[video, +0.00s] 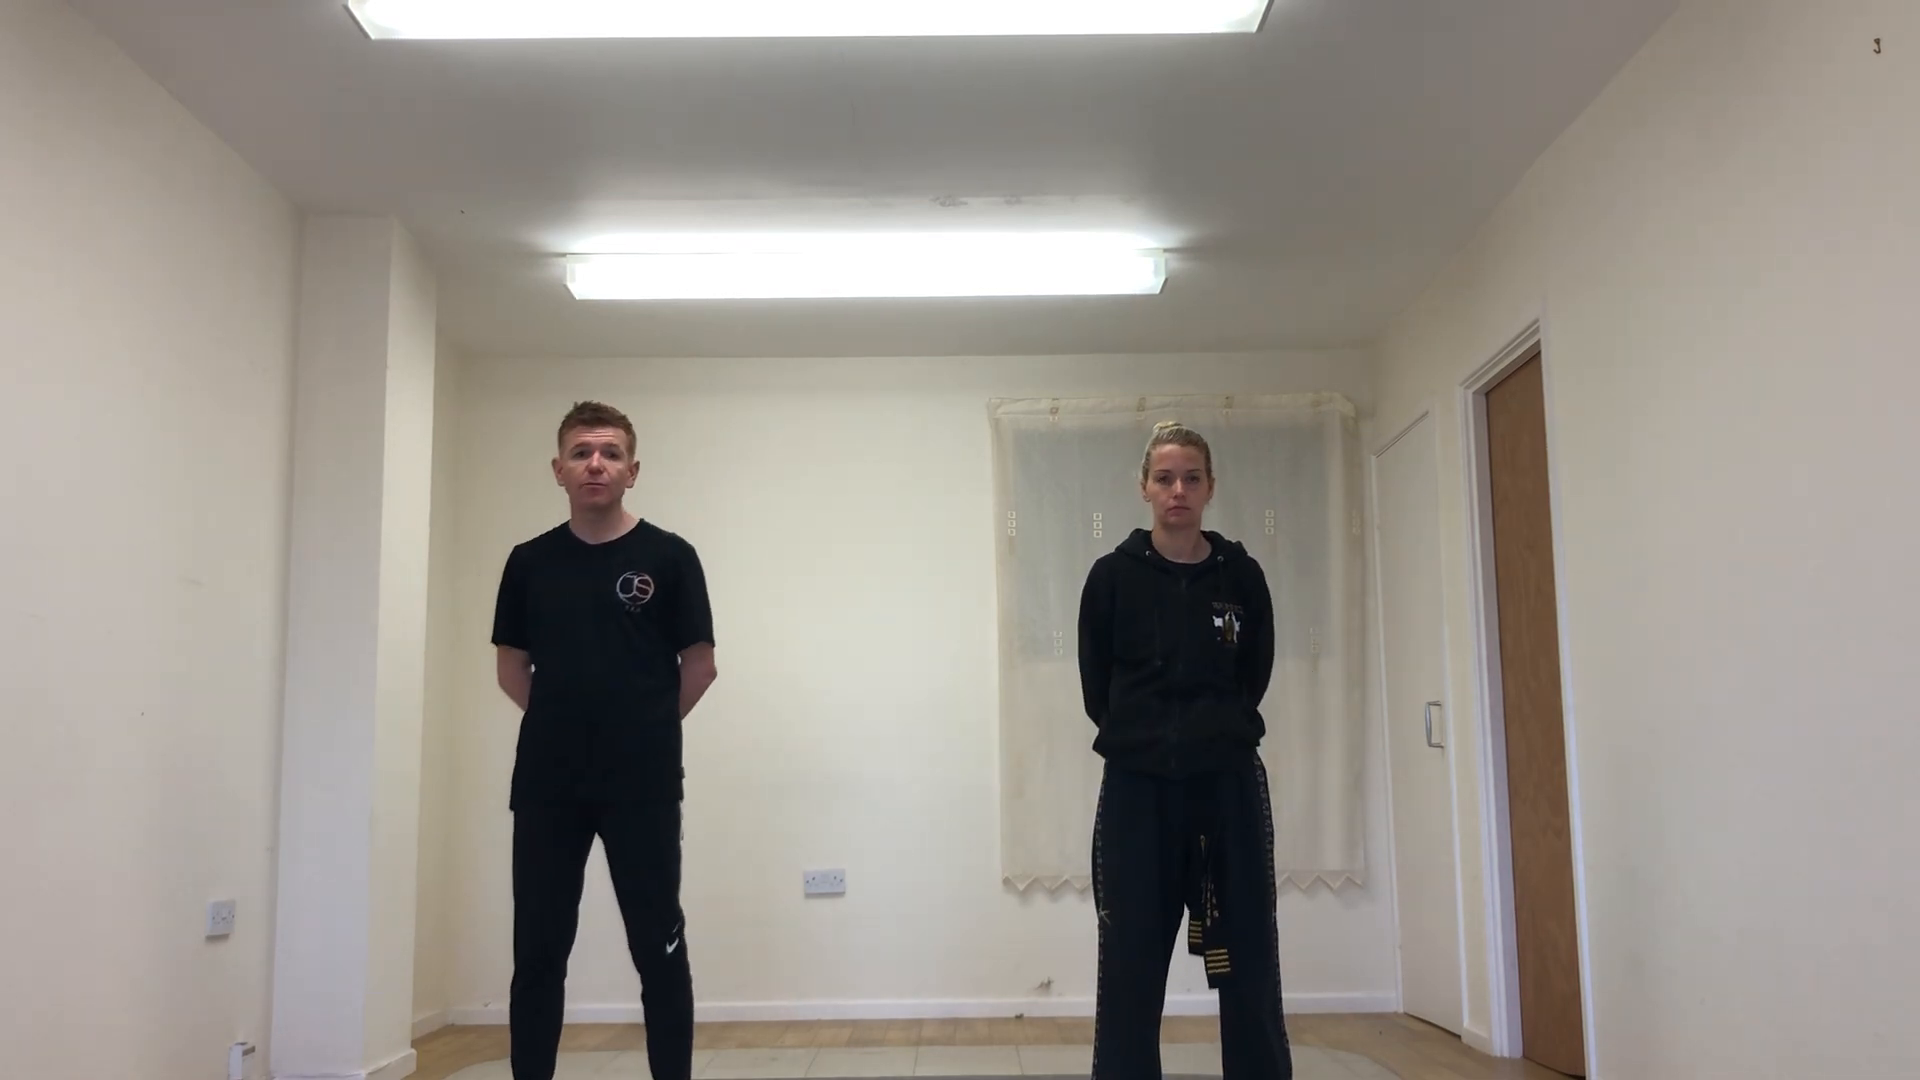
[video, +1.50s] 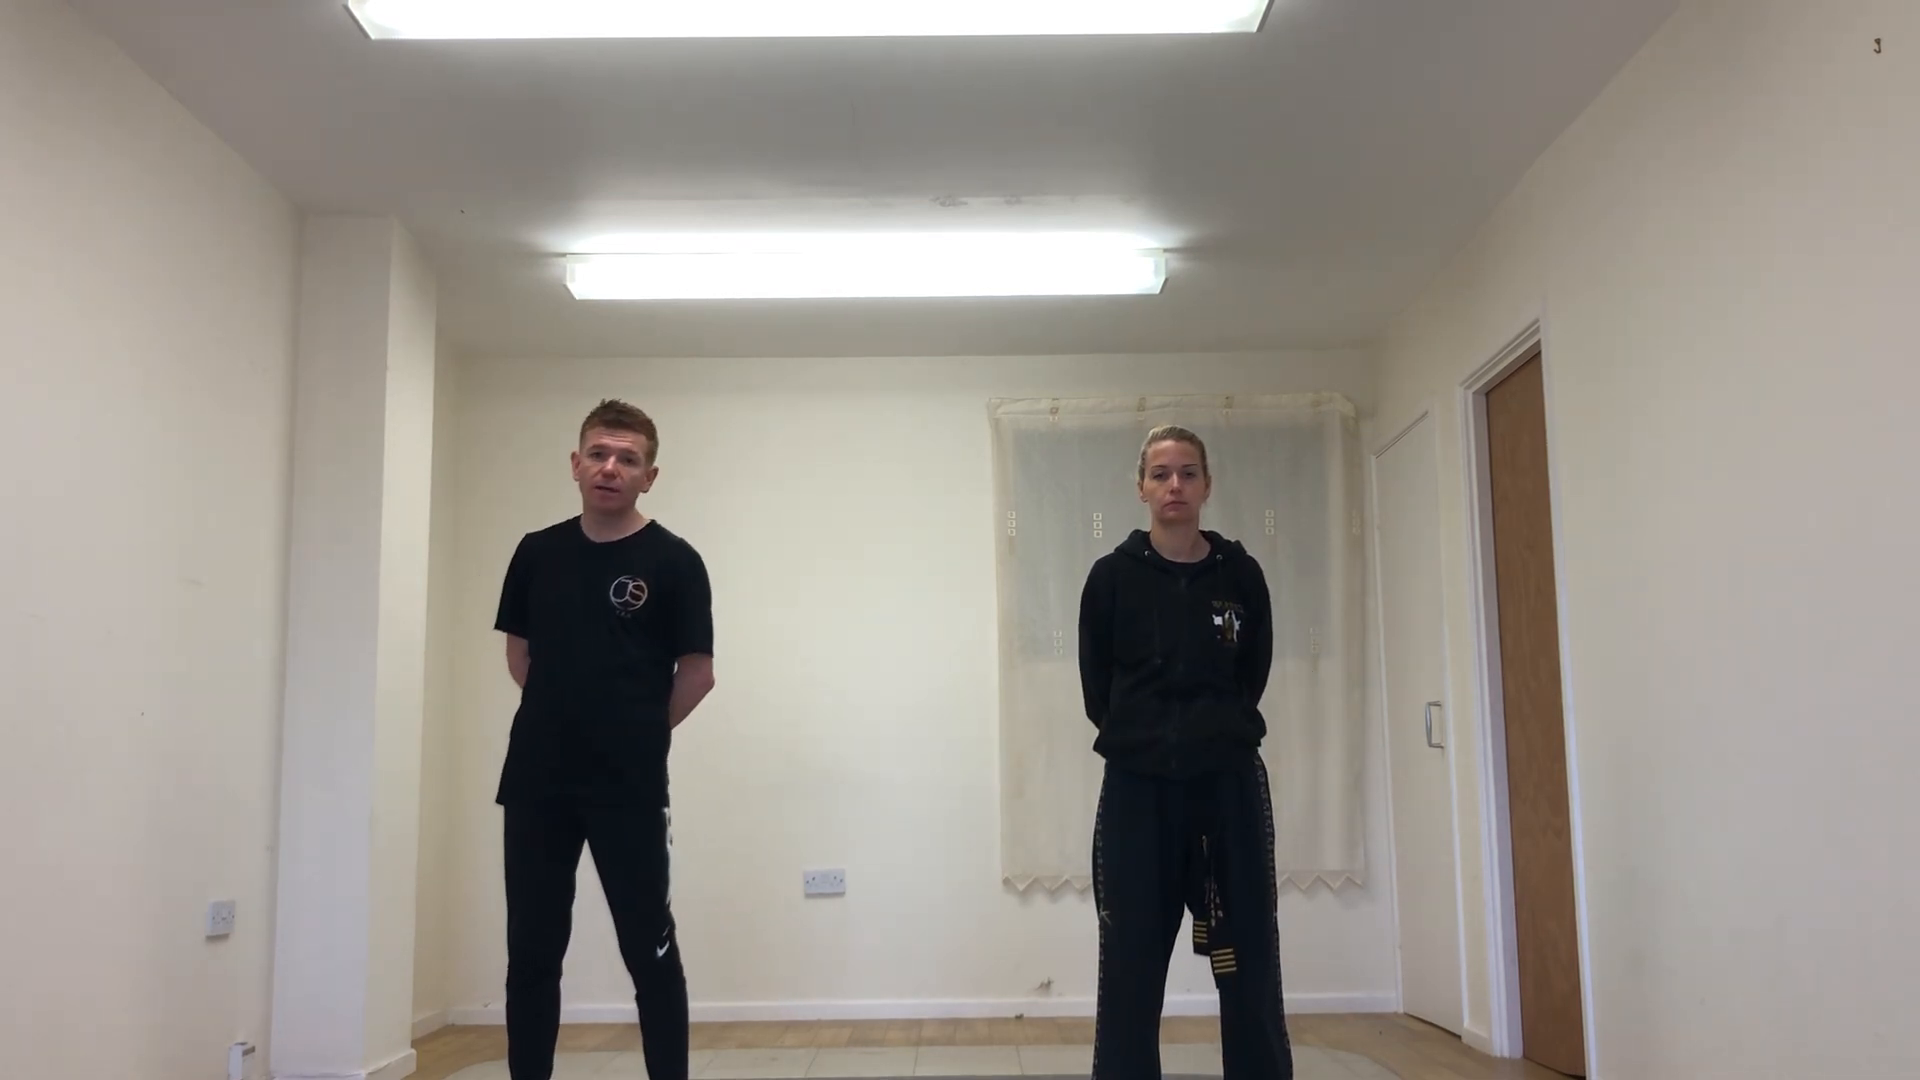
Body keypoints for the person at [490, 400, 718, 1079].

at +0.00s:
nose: (596, 463)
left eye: (610, 453)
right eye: (581, 452)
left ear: (631, 470)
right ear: (559, 470)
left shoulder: (670, 556)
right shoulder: (528, 559)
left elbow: (700, 665)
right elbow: (511, 670)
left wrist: (648, 722)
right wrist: (565, 717)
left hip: (641, 777)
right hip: (550, 777)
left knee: (659, 951)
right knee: (538, 955)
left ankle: (672, 1076)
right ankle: (531, 1076)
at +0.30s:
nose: (616, 462)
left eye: (632, 453)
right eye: (602, 451)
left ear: (651, 473)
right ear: (580, 469)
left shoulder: (685, 559)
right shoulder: (544, 560)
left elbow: (714, 667)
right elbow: (526, 670)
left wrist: (661, 724)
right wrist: (580, 717)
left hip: (653, 774)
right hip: (561, 774)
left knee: (666, 949)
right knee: (544, 949)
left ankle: (674, 1076)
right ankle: (533, 1075)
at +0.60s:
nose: (633, 464)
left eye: (649, 456)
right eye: (620, 451)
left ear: (664, 476)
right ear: (592, 466)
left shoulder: (690, 562)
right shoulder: (547, 556)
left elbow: (712, 673)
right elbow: (521, 667)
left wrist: (653, 722)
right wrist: (575, 718)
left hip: (654, 777)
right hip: (562, 774)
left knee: (666, 949)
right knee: (544, 949)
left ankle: (674, 1076)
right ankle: (533, 1076)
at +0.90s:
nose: (634, 466)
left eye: (650, 458)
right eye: (622, 452)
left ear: (664, 477)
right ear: (592, 464)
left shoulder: (688, 562)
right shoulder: (542, 552)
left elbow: (707, 672)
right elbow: (515, 661)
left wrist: (647, 719)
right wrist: (568, 715)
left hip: (648, 777)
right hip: (557, 774)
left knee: (661, 952)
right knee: (540, 953)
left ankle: (673, 1077)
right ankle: (531, 1076)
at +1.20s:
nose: (622, 467)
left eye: (639, 458)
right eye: (610, 454)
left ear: (657, 475)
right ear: (585, 465)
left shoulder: (684, 561)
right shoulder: (541, 550)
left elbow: (705, 672)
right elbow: (517, 659)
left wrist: (645, 720)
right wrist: (571, 711)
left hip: (641, 778)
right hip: (550, 774)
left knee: (659, 951)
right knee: (538, 952)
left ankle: (672, 1076)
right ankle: (530, 1076)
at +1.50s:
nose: (609, 468)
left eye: (627, 459)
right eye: (597, 455)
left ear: (648, 476)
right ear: (576, 464)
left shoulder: (675, 561)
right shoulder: (536, 551)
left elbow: (697, 673)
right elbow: (519, 659)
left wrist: (640, 728)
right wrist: (567, 716)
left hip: (628, 780)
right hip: (540, 777)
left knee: (649, 951)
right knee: (531, 954)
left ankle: (669, 1076)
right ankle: (529, 1076)